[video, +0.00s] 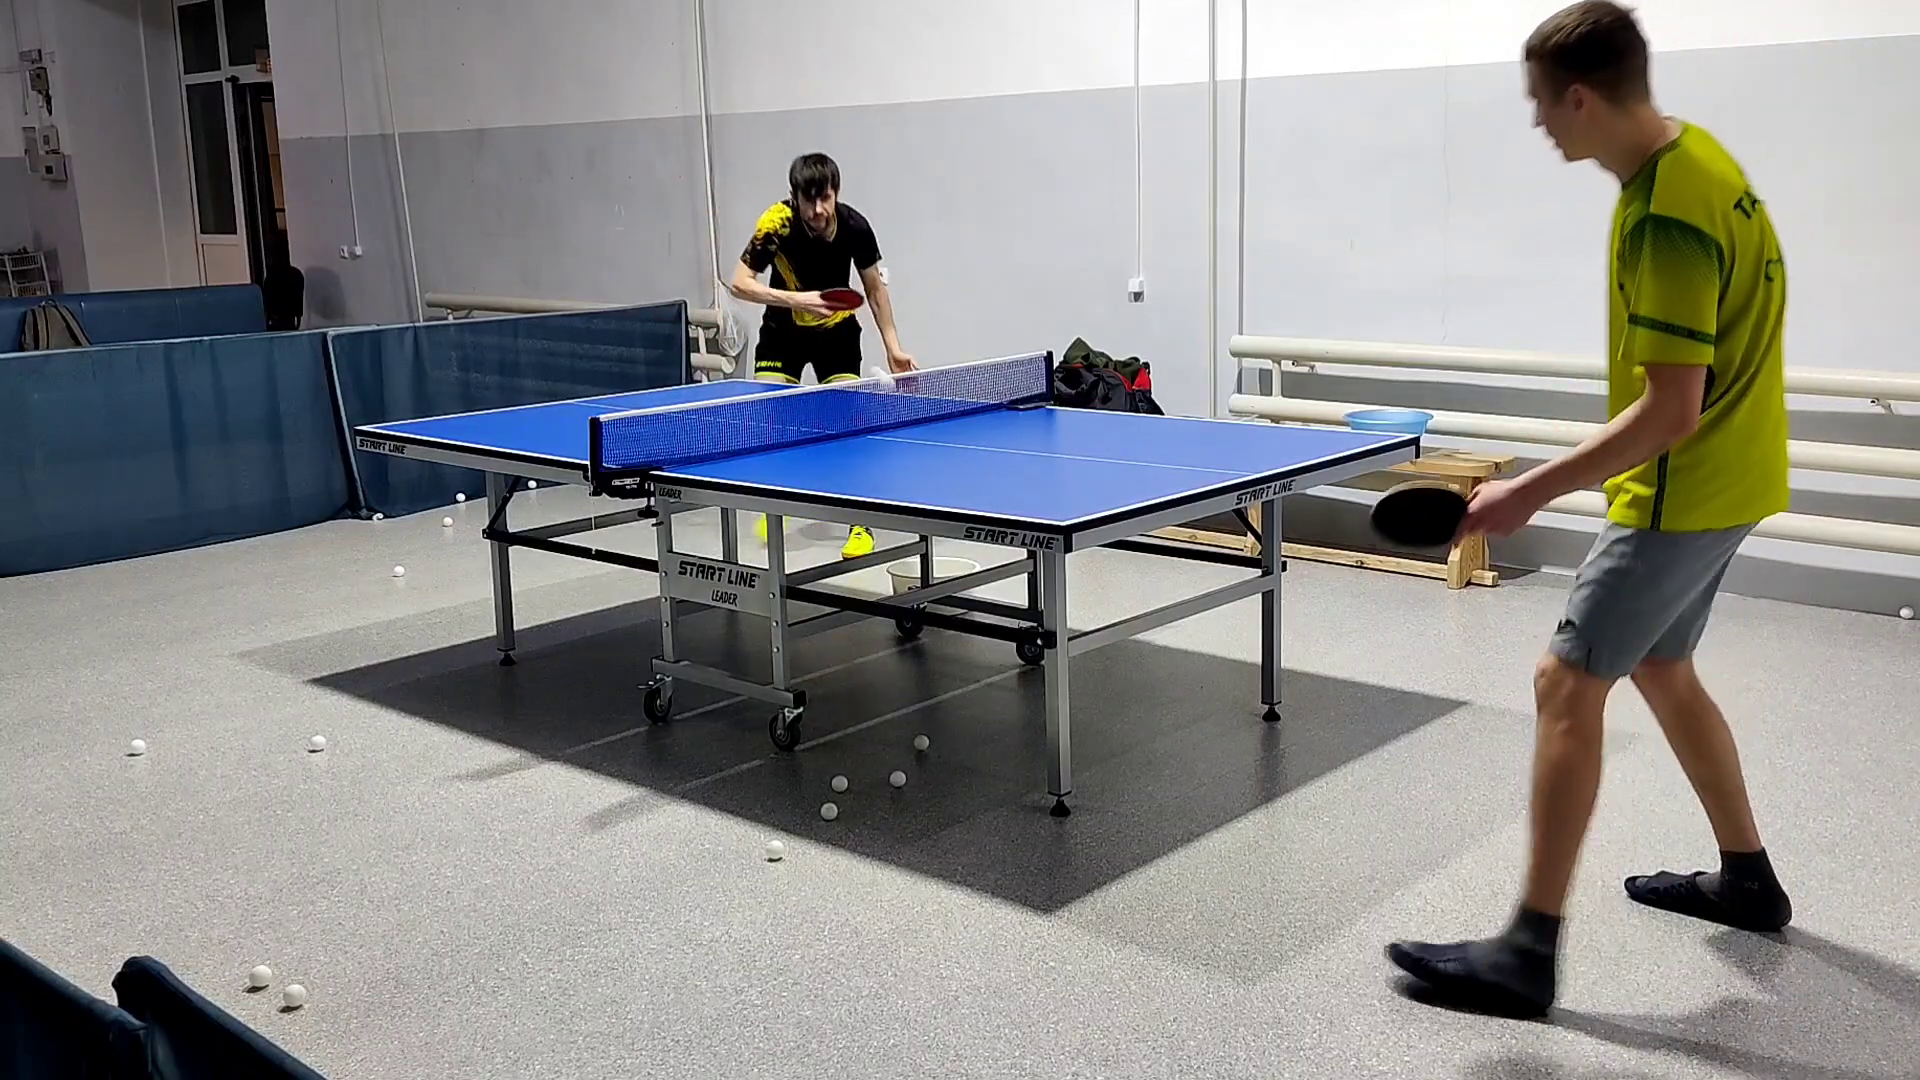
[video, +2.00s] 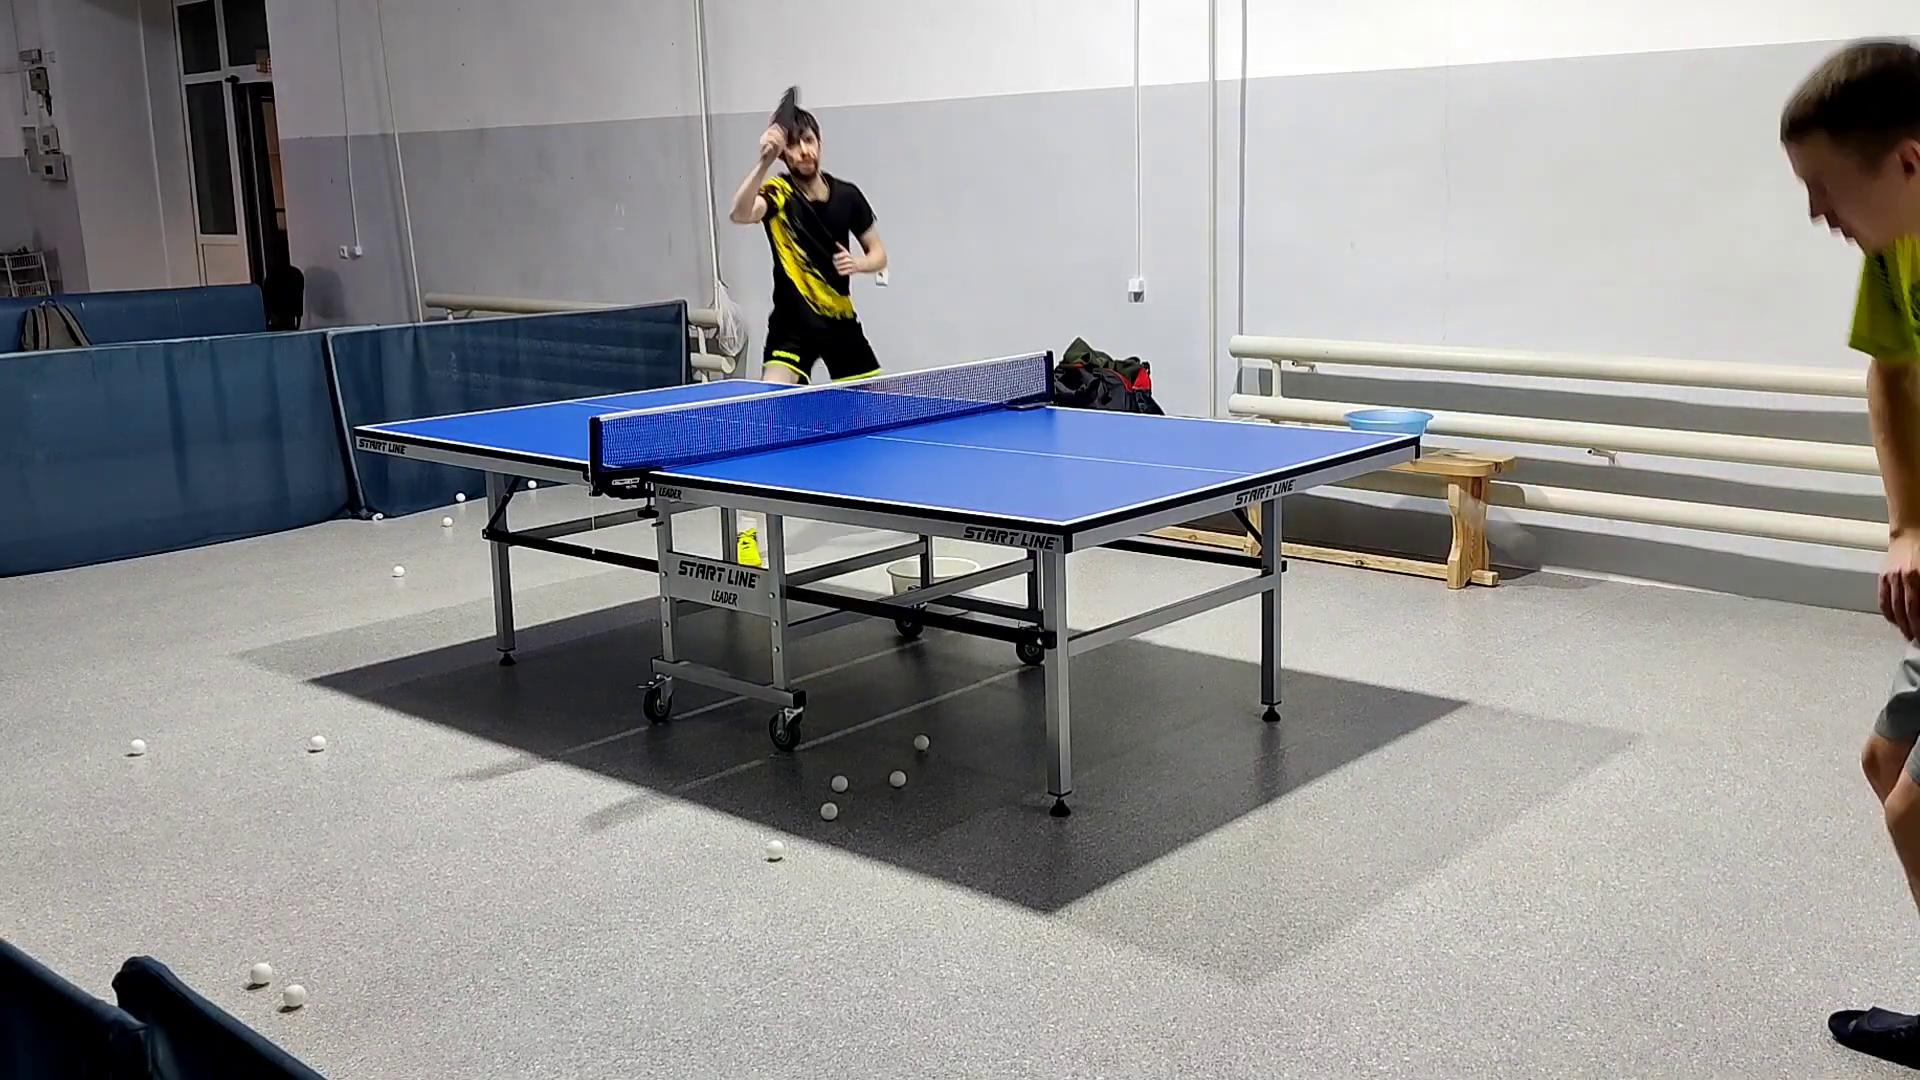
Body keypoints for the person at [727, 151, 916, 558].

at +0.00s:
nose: (819, 208)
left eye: (826, 198)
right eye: (811, 199)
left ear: (836, 194)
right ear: (796, 196)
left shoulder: (854, 228)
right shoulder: (777, 222)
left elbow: (875, 289)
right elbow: (740, 283)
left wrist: (893, 350)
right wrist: (794, 300)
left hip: (837, 331)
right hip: (783, 330)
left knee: (847, 421)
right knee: (767, 419)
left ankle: (859, 522)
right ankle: (772, 511)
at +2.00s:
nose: (803, 152)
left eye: (809, 141)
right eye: (793, 145)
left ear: (820, 143)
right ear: (782, 152)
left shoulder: (846, 196)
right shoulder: (776, 193)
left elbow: (878, 256)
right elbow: (740, 213)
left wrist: (858, 263)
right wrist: (764, 162)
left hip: (841, 325)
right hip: (792, 324)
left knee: (883, 418)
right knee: (768, 414)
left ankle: (908, 539)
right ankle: (749, 530)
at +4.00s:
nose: (744, 157)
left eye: (749, 146)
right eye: (733, 152)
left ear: (761, 147)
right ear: (721, 161)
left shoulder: (787, 197)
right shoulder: (718, 212)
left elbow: (825, 238)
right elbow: (707, 289)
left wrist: (851, 293)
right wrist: (746, 287)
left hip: (788, 333)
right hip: (742, 335)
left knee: (841, 411)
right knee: (740, 433)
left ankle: (860, 511)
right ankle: (695, 538)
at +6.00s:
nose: (779, 161)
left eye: (784, 150)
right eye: (769, 155)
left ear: (797, 152)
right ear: (758, 163)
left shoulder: (830, 200)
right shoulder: (755, 215)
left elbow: (867, 261)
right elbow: (738, 286)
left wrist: (817, 272)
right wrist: (735, 283)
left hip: (838, 328)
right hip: (783, 329)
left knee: (882, 414)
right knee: (755, 413)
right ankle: (741, 521)